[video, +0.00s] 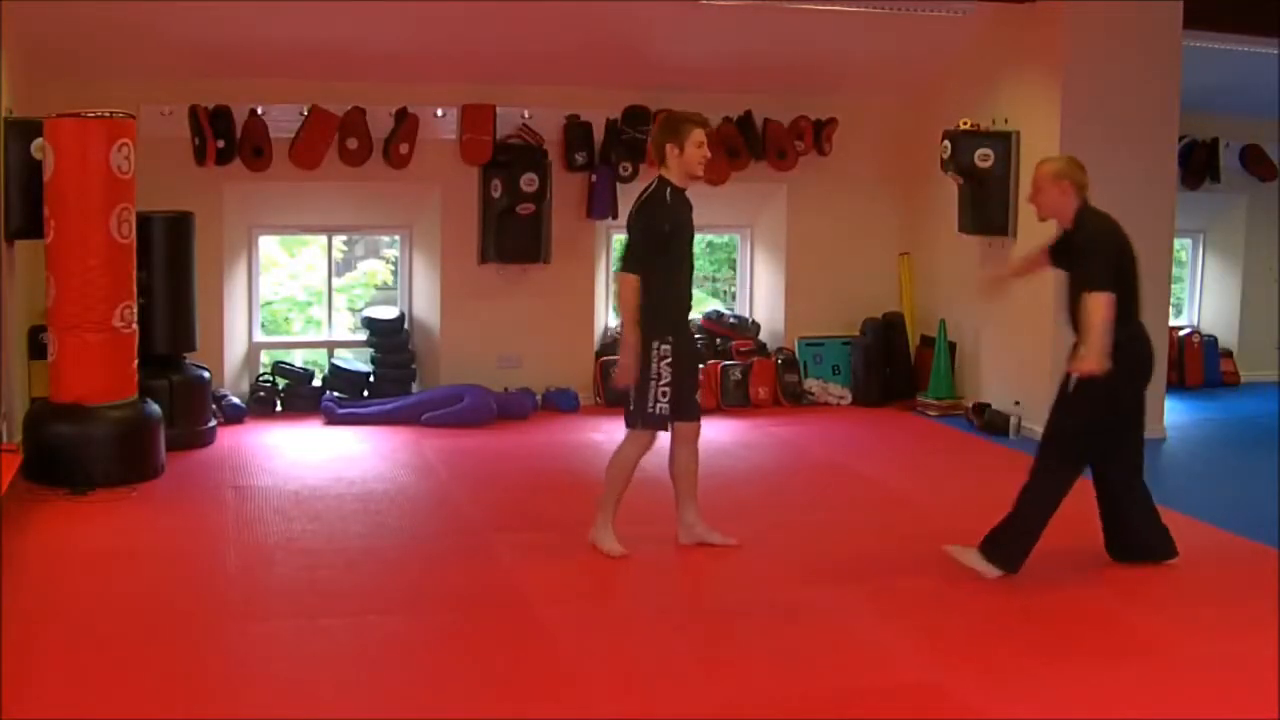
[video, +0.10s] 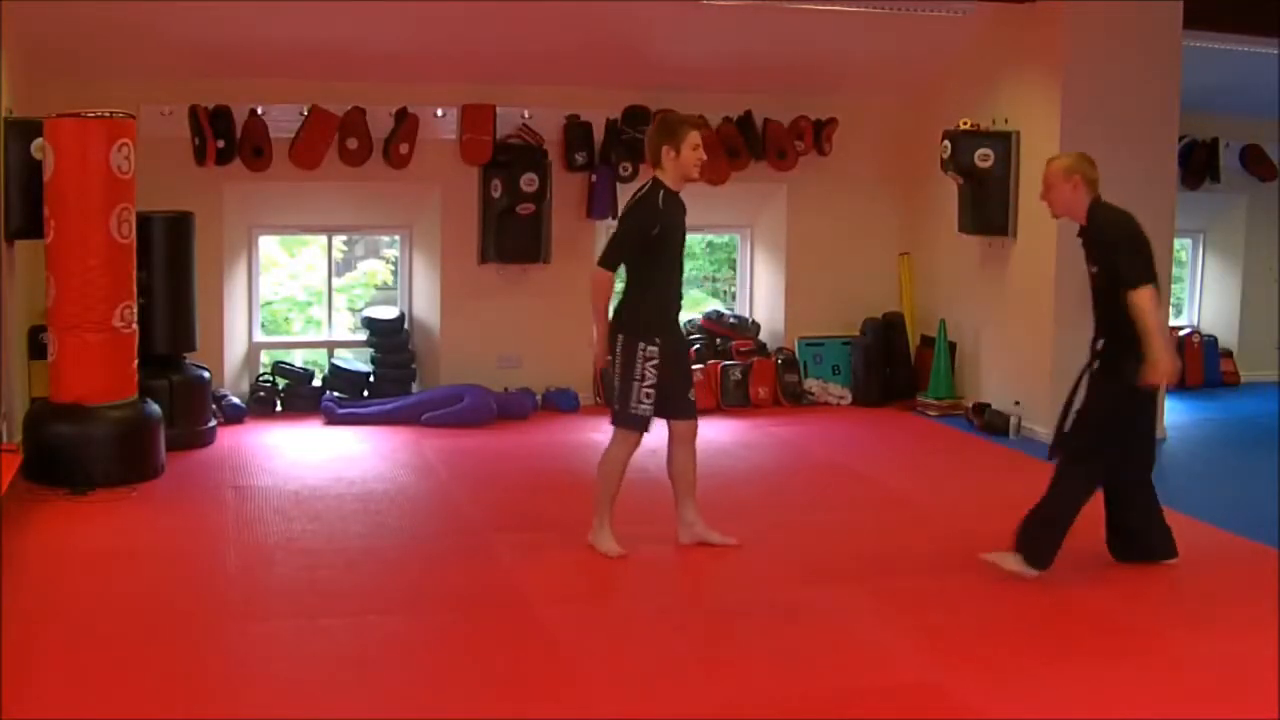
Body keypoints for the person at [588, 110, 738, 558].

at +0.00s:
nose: (707, 154)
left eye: (707, 146)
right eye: (699, 146)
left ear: (684, 152)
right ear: (672, 151)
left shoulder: (679, 201)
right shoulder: (654, 202)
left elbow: (669, 278)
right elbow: (628, 279)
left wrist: (679, 337)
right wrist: (628, 349)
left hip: (678, 332)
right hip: (652, 333)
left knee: (686, 429)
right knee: (642, 434)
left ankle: (690, 523)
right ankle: (602, 524)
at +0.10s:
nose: (702, 157)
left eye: (703, 149)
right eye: (695, 149)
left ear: (677, 154)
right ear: (668, 153)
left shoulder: (673, 203)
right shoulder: (648, 201)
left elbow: (656, 274)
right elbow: (603, 270)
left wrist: (665, 330)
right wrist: (602, 337)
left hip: (668, 332)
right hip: (638, 332)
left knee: (684, 427)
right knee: (628, 434)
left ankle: (690, 523)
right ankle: (600, 527)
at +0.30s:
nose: (693, 157)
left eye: (693, 149)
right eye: (686, 148)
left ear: (665, 153)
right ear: (658, 152)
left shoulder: (663, 202)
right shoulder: (633, 202)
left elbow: (639, 268)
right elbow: (590, 269)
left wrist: (599, 305)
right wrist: (598, 310)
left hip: (656, 330)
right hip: (625, 331)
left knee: (676, 421)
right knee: (617, 432)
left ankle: (684, 519)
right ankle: (599, 528)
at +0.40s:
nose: (689, 154)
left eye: (689, 146)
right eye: (682, 147)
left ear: (663, 153)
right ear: (655, 151)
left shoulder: (662, 202)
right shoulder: (631, 202)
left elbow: (640, 271)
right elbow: (592, 272)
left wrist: (597, 305)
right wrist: (595, 311)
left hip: (656, 329)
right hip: (624, 330)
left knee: (678, 419)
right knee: (616, 430)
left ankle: (670, 517)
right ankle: (600, 526)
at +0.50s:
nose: (687, 153)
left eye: (687, 145)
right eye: (679, 145)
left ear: (661, 152)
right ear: (652, 150)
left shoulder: (663, 201)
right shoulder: (632, 202)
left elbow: (642, 271)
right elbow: (595, 277)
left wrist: (603, 309)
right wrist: (601, 312)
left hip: (659, 329)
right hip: (628, 329)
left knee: (676, 420)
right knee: (618, 429)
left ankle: (656, 517)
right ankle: (599, 527)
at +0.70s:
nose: (691, 151)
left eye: (691, 144)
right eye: (683, 144)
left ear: (669, 151)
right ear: (656, 150)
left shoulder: (669, 199)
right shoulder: (640, 199)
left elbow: (653, 267)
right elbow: (611, 275)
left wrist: (617, 301)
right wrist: (611, 306)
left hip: (671, 329)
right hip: (640, 329)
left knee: (673, 425)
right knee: (631, 428)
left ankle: (656, 519)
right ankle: (600, 524)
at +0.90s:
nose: (701, 151)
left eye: (701, 144)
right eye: (693, 144)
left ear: (681, 151)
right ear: (666, 149)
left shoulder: (678, 199)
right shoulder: (650, 198)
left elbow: (663, 266)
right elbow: (623, 274)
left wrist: (624, 297)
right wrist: (618, 303)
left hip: (678, 328)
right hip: (651, 329)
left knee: (675, 426)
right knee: (647, 431)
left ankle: (656, 518)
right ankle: (602, 520)